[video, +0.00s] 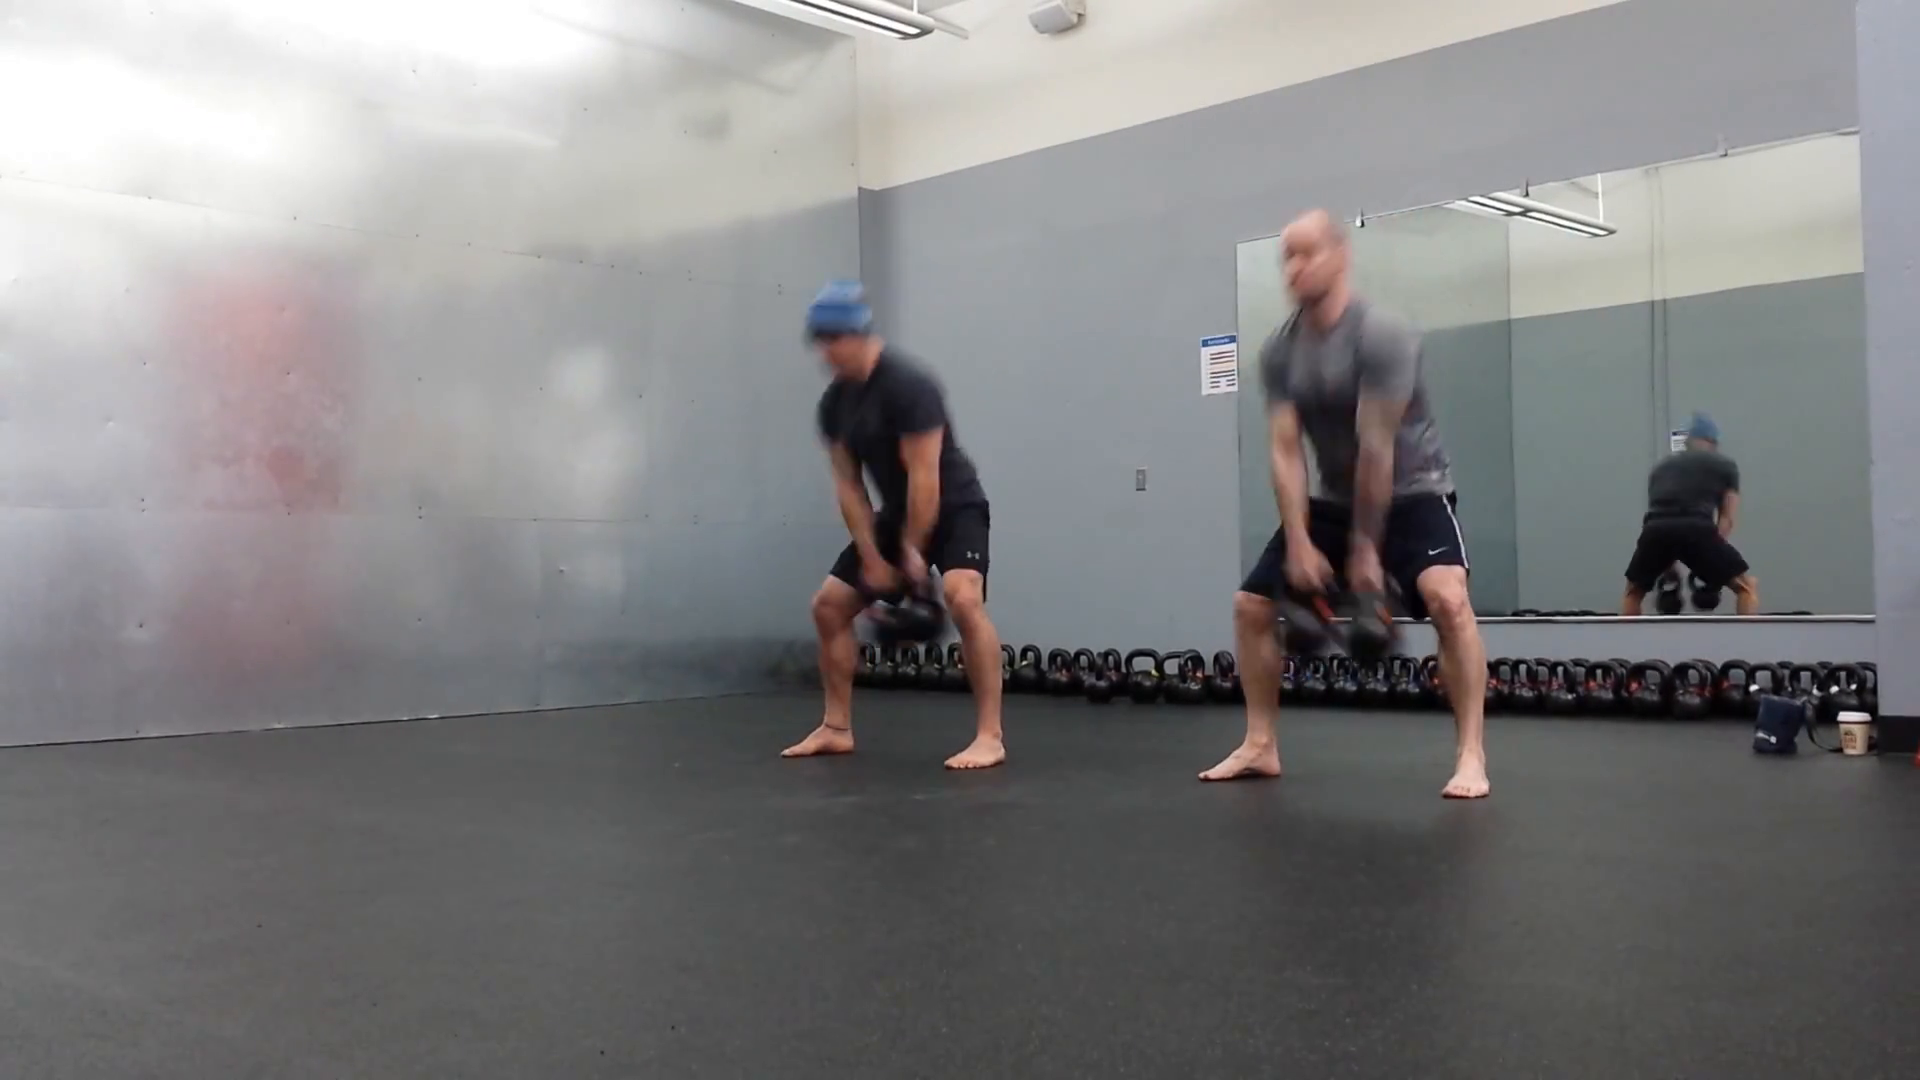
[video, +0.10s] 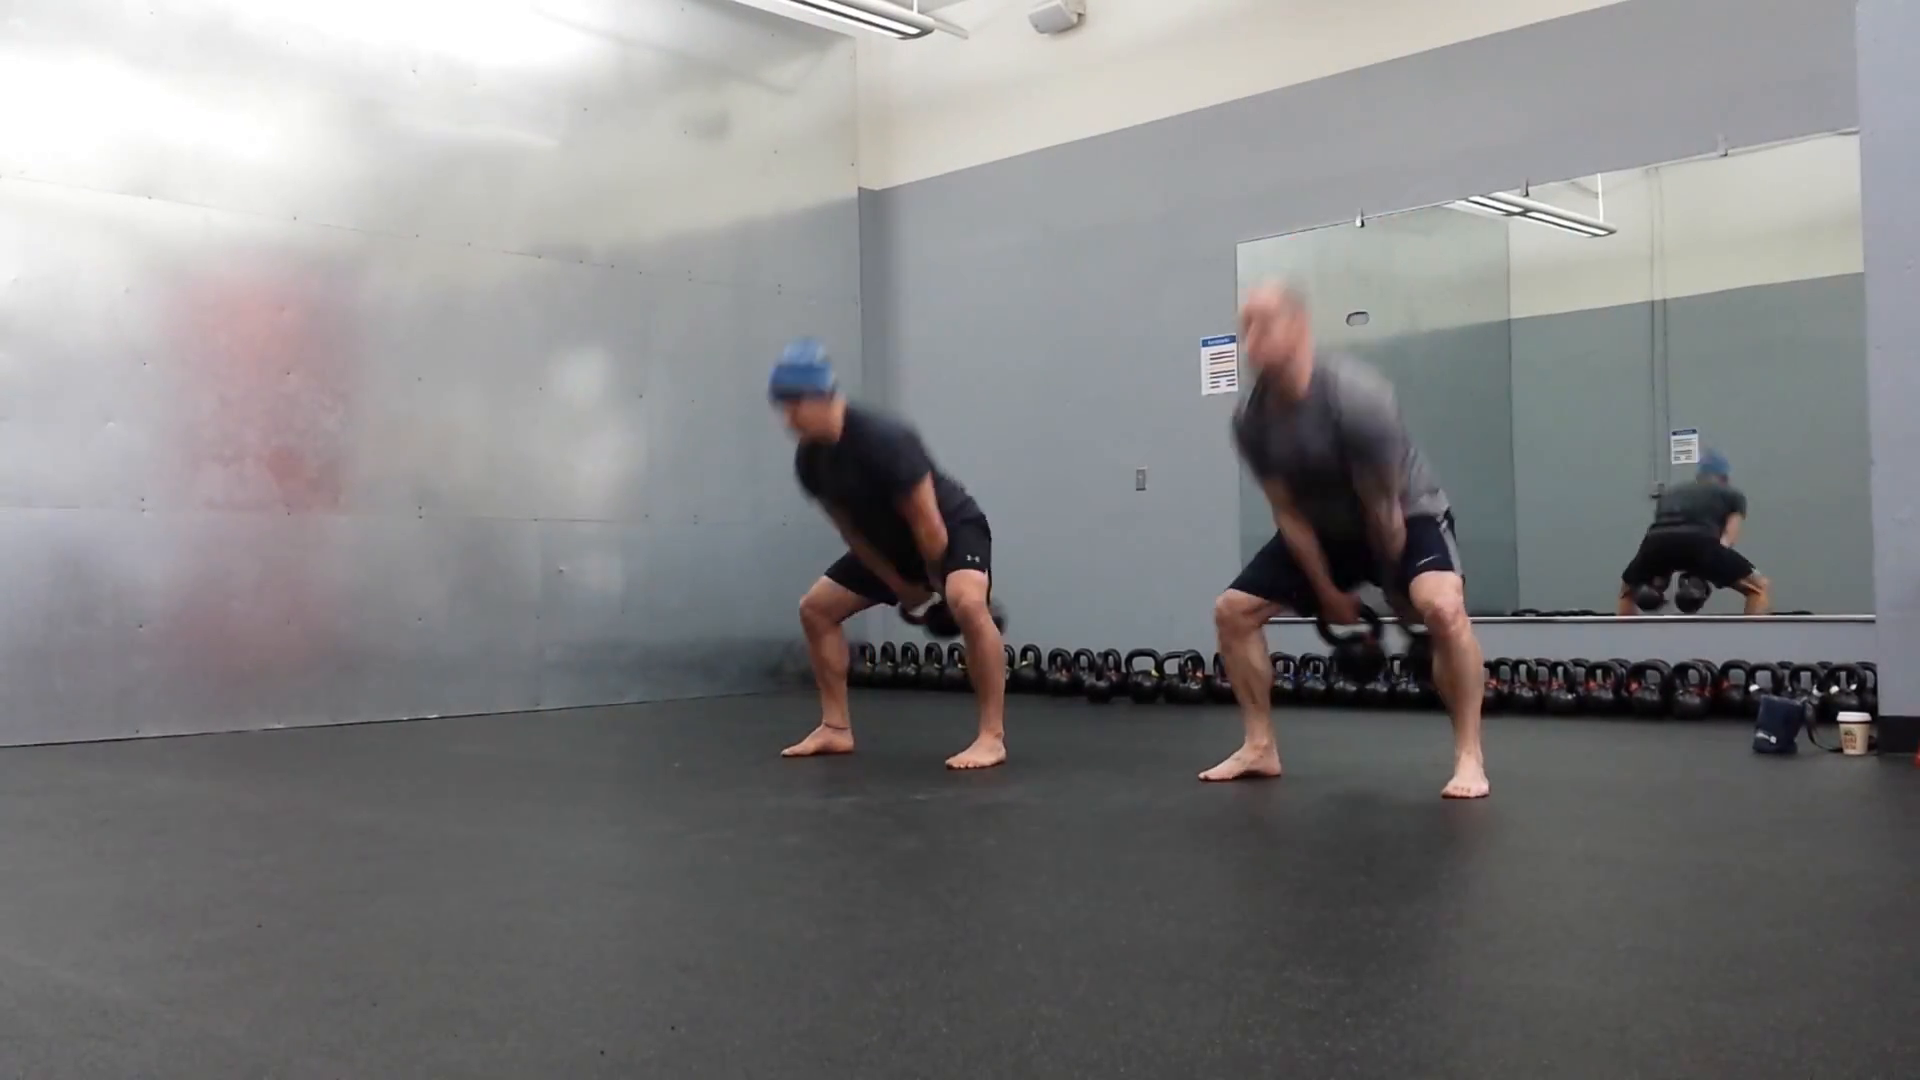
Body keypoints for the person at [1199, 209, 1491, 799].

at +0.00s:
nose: (1293, 267)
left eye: (1306, 253)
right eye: (1287, 257)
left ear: (1341, 255)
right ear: (1283, 267)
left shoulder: (1384, 336)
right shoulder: (1281, 349)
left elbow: (1377, 448)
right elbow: (1285, 449)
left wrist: (1365, 546)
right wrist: (1297, 541)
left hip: (1413, 500)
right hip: (1335, 501)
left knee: (1447, 599)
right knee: (1252, 605)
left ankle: (1471, 756)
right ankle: (1260, 744)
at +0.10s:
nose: (1255, 336)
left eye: (1266, 322)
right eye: (1247, 325)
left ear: (1300, 325)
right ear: (1242, 337)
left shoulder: (1360, 396)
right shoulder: (1252, 420)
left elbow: (1386, 507)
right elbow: (1286, 511)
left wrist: (1398, 592)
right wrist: (1329, 594)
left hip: (1404, 519)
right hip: (1324, 527)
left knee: (1442, 610)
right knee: (1235, 612)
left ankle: (1469, 756)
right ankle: (1259, 747)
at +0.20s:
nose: (1231, 417)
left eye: (1243, 400)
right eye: (1225, 403)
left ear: (1281, 397)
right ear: (1218, 407)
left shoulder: (1354, 454)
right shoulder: (1238, 480)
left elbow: (1386, 554)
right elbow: (1291, 556)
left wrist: (1396, 618)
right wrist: (1340, 617)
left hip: (1412, 541)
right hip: (1329, 555)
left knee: (1438, 613)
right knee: (1228, 618)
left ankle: (1469, 758)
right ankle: (1260, 749)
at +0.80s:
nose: (1339, 226)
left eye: (1350, 213)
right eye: (1331, 215)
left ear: (1381, 216)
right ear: (1324, 220)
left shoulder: (1415, 269)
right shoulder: (1317, 283)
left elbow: (1428, 281)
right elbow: (1235, 308)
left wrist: (1382, 215)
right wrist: (1241, 241)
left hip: (1384, 469)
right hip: (1306, 470)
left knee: (1417, 609)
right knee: (1288, 616)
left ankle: (1463, 757)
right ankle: (1265, 746)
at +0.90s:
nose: (1316, 210)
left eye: (1331, 198)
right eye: (1311, 201)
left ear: (1369, 206)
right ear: (1305, 212)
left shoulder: (1397, 267)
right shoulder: (1295, 273)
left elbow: (1397, 196)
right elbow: (1218, 240)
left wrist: (1343, 117)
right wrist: (1230, 159)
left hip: (1376, 467)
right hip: (1299, 472)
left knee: (1416, 609)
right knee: (1288, 618)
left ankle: (1462, 760)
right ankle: (1265, 746)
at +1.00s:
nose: (1298, 209)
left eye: (1309, 197)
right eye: (1294, 200)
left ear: (1346, 198)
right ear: (1288, 208)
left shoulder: (1380, 248)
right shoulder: (1280, 257)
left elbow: (1376, 146)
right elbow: (1232, 171)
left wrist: (1340, 48)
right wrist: (1238, 71)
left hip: (1373, 461)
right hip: (1293, 466)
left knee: (1415, 607)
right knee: (1288, 617)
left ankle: (1462, 759)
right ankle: (1265, 747)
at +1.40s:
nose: (1301, 199)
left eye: (1315, 188)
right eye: (1297, 190)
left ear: (1350, 195)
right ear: (1290, 202)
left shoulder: (1376, 248)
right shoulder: (1278, 257)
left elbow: (1382, 140)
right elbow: (1244, 162)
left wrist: (1368, 48)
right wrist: (1257, 67)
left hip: (1361, 461)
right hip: (1285, 464)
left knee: (1411, 610)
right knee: (1283, 617)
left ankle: (1460, 758)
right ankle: (1265, 746)